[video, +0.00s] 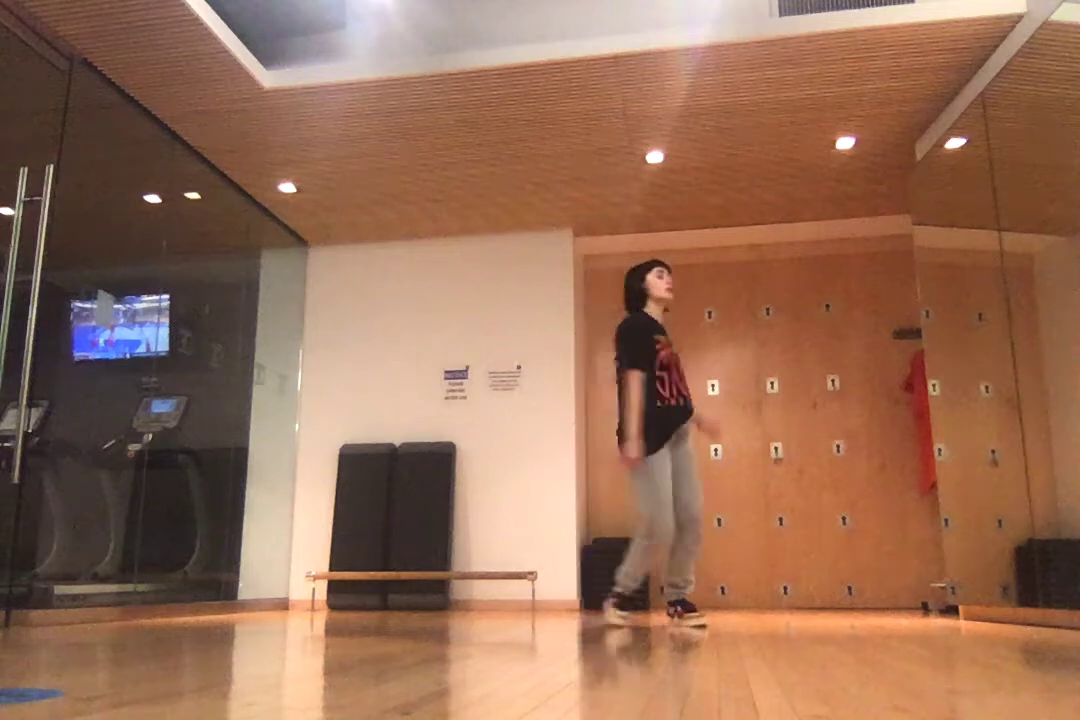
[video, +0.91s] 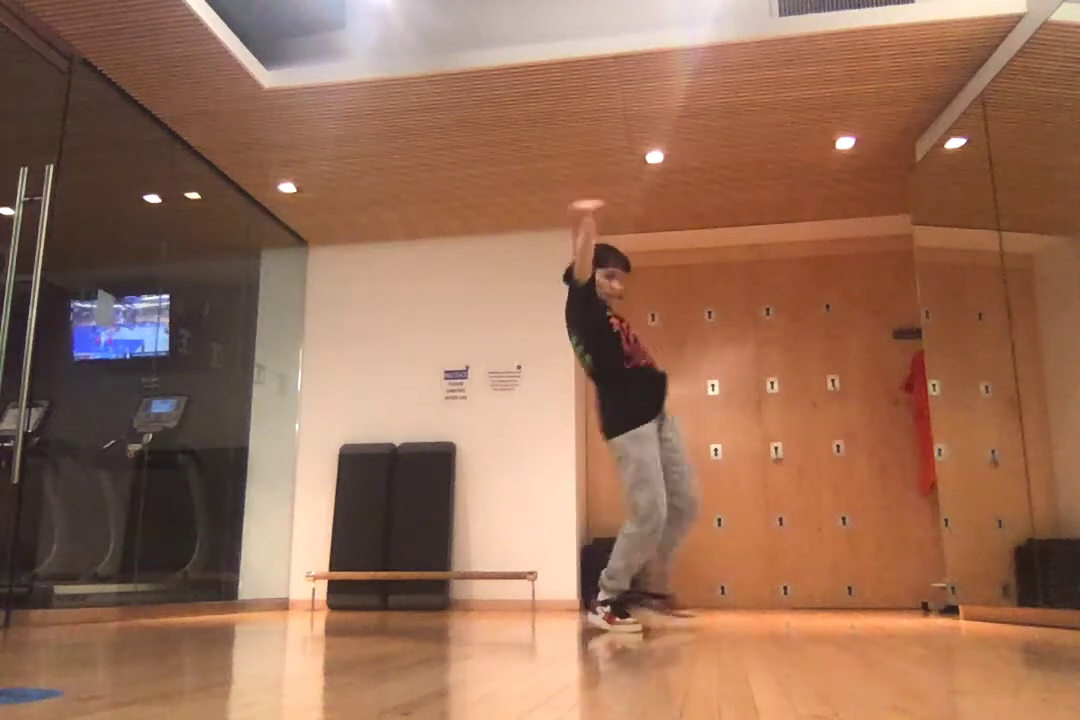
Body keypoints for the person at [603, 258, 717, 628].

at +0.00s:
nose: (669, 280)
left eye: (669, 275)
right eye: (660, 275)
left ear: (665, 287)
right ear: (642, 285)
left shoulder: (659, 328)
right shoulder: (634, 326)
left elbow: (670, 382)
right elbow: (633, 382)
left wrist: (697, 417)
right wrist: (632, 436)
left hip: (677, 431)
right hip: (648, 437)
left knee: (689, 518)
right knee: (658, 524)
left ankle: (678, 600)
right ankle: (620, 596)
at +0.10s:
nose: (670, 285)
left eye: (673, 279)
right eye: (661, 279)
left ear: (676, 290)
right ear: (643, 289)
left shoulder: (668, 338)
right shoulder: (636, 326)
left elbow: (680, 398)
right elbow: (645, 373)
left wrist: (698, 444)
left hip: (673, 431)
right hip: (639, 439)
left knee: (692, 516)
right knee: (669, 518)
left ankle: (677, 598)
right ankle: (641, 595)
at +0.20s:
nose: (673, 274)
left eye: (676, 268)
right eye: (664, 268)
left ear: (680, 278)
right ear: (646, 276)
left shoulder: (674, 323)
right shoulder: (632, 306)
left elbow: (666, 380)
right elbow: (622, 340)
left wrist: (691, 402)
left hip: (665, 417)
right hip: (628, 423)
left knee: (680, 505)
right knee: (656, 501)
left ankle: (677, 593)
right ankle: (633, 587)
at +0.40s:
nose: (669, 265)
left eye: (673, 260)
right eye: (660, 259)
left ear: (677, 270)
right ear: (642, 265)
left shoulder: (656, 304)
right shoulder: (623, 295)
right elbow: (572, 322)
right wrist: (604, 287)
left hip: (653, 412)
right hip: (617, 416)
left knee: (668, 501)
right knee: (625, 505)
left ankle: (630, 594)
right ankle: (600, 603)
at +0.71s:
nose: (613, 274)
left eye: (618, 267)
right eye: (604, 268)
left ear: (626, 274)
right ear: (590, 276)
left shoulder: (621, 316)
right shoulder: (596, 316)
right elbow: (575, 299)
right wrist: (576, 252)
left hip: (655, 424)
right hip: (630, 426)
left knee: (653, 519)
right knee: (638, 516)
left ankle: (618, 603)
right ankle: (604, 604)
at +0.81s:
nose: (608, 279)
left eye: (613, 272)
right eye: (600, 271)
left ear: (618, 279)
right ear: (584, 276)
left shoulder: (609, 313)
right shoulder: (586, 310)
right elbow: (576, 276)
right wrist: (571, 226)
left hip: (659, 418)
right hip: (636, 420)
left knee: (658, 514)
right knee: (638, 511)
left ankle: (620, 601)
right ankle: (602, 604)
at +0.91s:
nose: (618, 284)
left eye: (622, 278)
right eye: (611, 276)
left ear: (623, 282)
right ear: (593, 278)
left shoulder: (605, 310)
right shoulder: (584, 309)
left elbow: (578, 266)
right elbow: (581, 270)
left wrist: (580, 228)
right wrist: (586, 221)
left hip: (656, 413)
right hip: (628, 421)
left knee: (683, 504)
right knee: (650, 512)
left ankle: (649, 590)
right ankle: (606, 600)